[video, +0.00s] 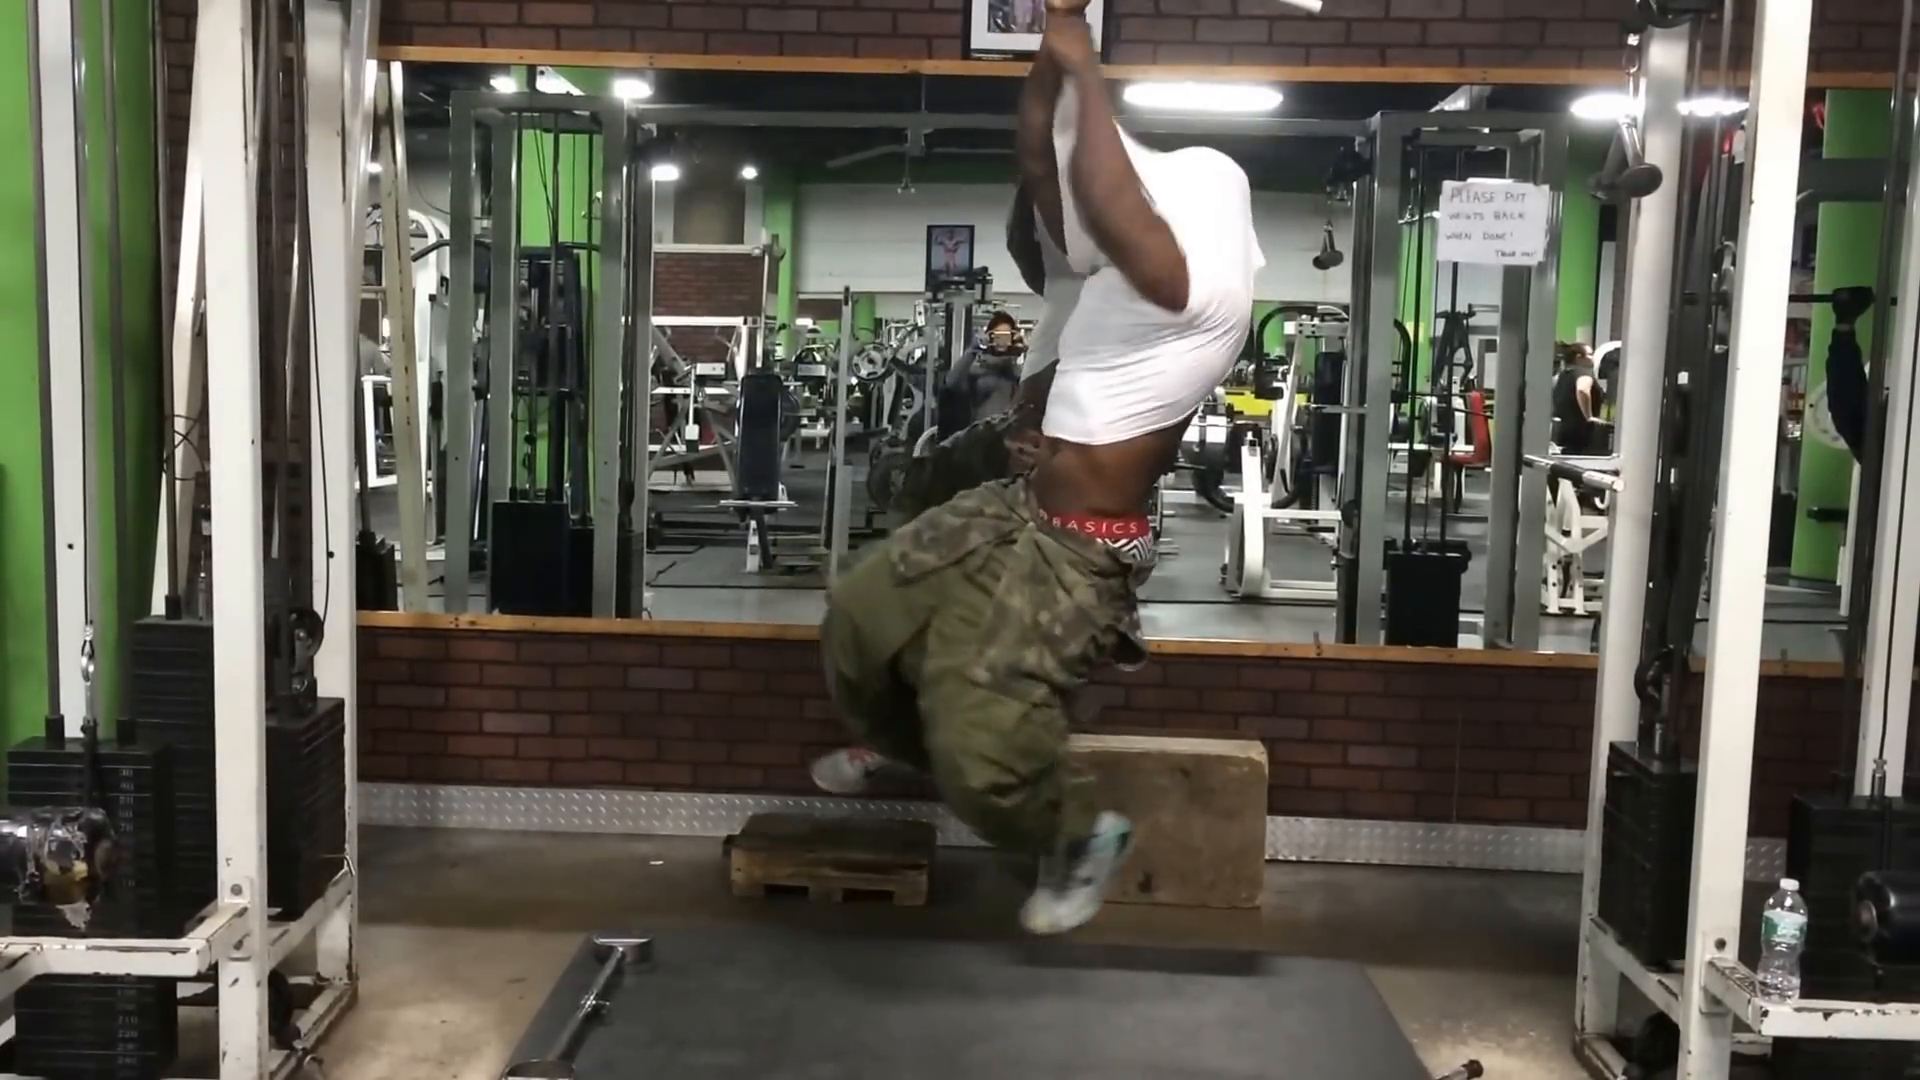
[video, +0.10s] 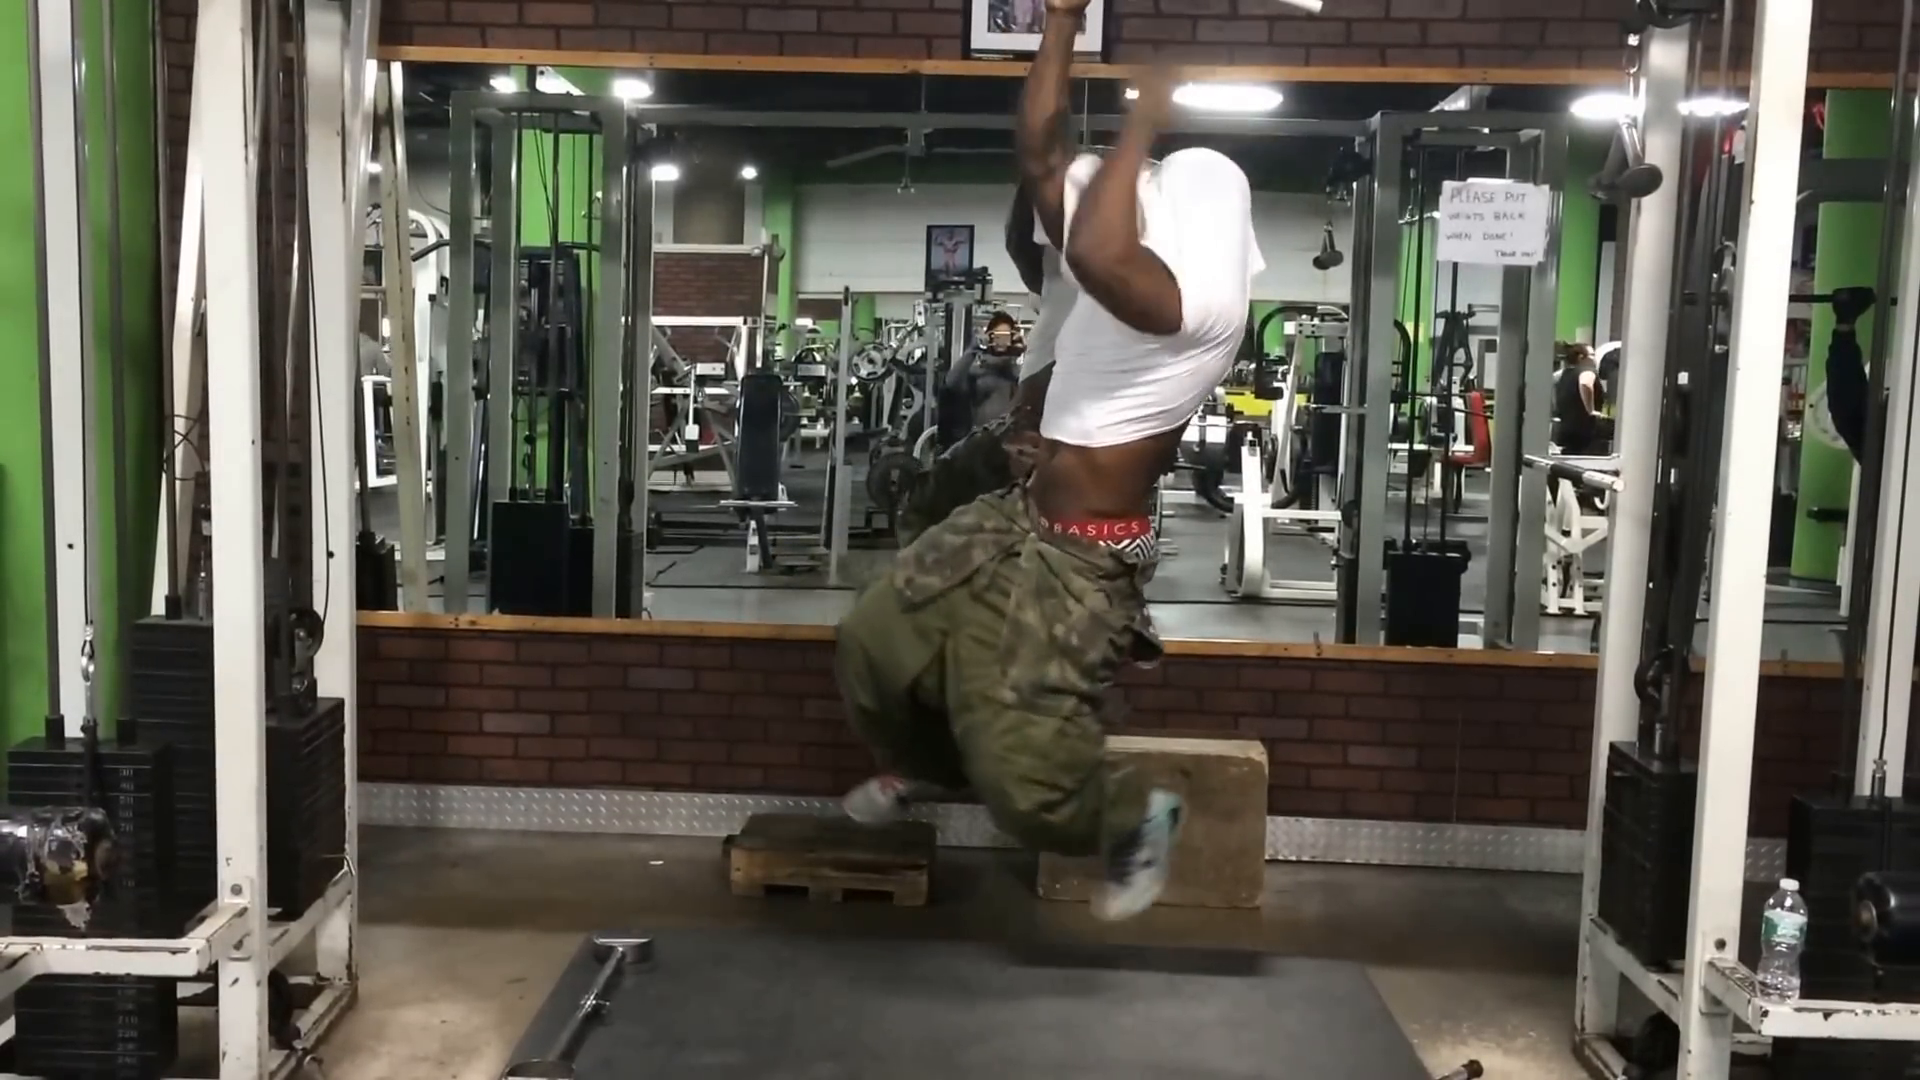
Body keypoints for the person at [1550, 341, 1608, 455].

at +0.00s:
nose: (1593, 358)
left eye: (1592, 354)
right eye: (1590, 354)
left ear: (1576, 358)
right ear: (1579, 358)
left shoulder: (1560, 375)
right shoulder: (1585, 374)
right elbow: (1582, 391)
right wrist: (1589, 416)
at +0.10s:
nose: (1595, 359)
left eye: (1594, 355)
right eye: (1592, 355)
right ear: (1581, 358)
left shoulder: (1562, 374)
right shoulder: (1588, 371)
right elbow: (1585, 384)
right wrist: (1591, 410)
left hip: (1565, 428)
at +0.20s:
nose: (1597, 359)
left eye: (1596, 355)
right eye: (1594, 355)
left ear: (1579, 359)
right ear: (1583, 358)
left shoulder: (1566, 373)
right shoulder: (1589, 370)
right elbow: (1586, 381)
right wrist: (1592, 408)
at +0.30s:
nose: (1599, 359)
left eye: (1598, 356)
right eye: (1595, 356)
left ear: (1579, 359)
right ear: (1584, 358)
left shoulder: (1566, 373)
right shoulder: (1590, 371)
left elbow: (1555, 375)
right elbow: (1586, 382)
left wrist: (1559, 406)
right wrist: (1591, 409)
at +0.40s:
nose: (1601, 360)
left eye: (1600, 356)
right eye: (1598, 356)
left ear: (1583, 358)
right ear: (1587, 358)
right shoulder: (1591, 371)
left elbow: (1557, 383)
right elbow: (1587, 387)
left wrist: (1560, 411)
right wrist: (1591, 414)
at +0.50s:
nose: (1601, 359)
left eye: (1600, 355)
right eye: (1598, 356)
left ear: (1583, 359)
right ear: (1588, 358)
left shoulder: (1574, 372)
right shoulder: (1591, 370)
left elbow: (1558, 390)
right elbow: (1585, 394)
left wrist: (1558, 415)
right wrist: (1589, 422)